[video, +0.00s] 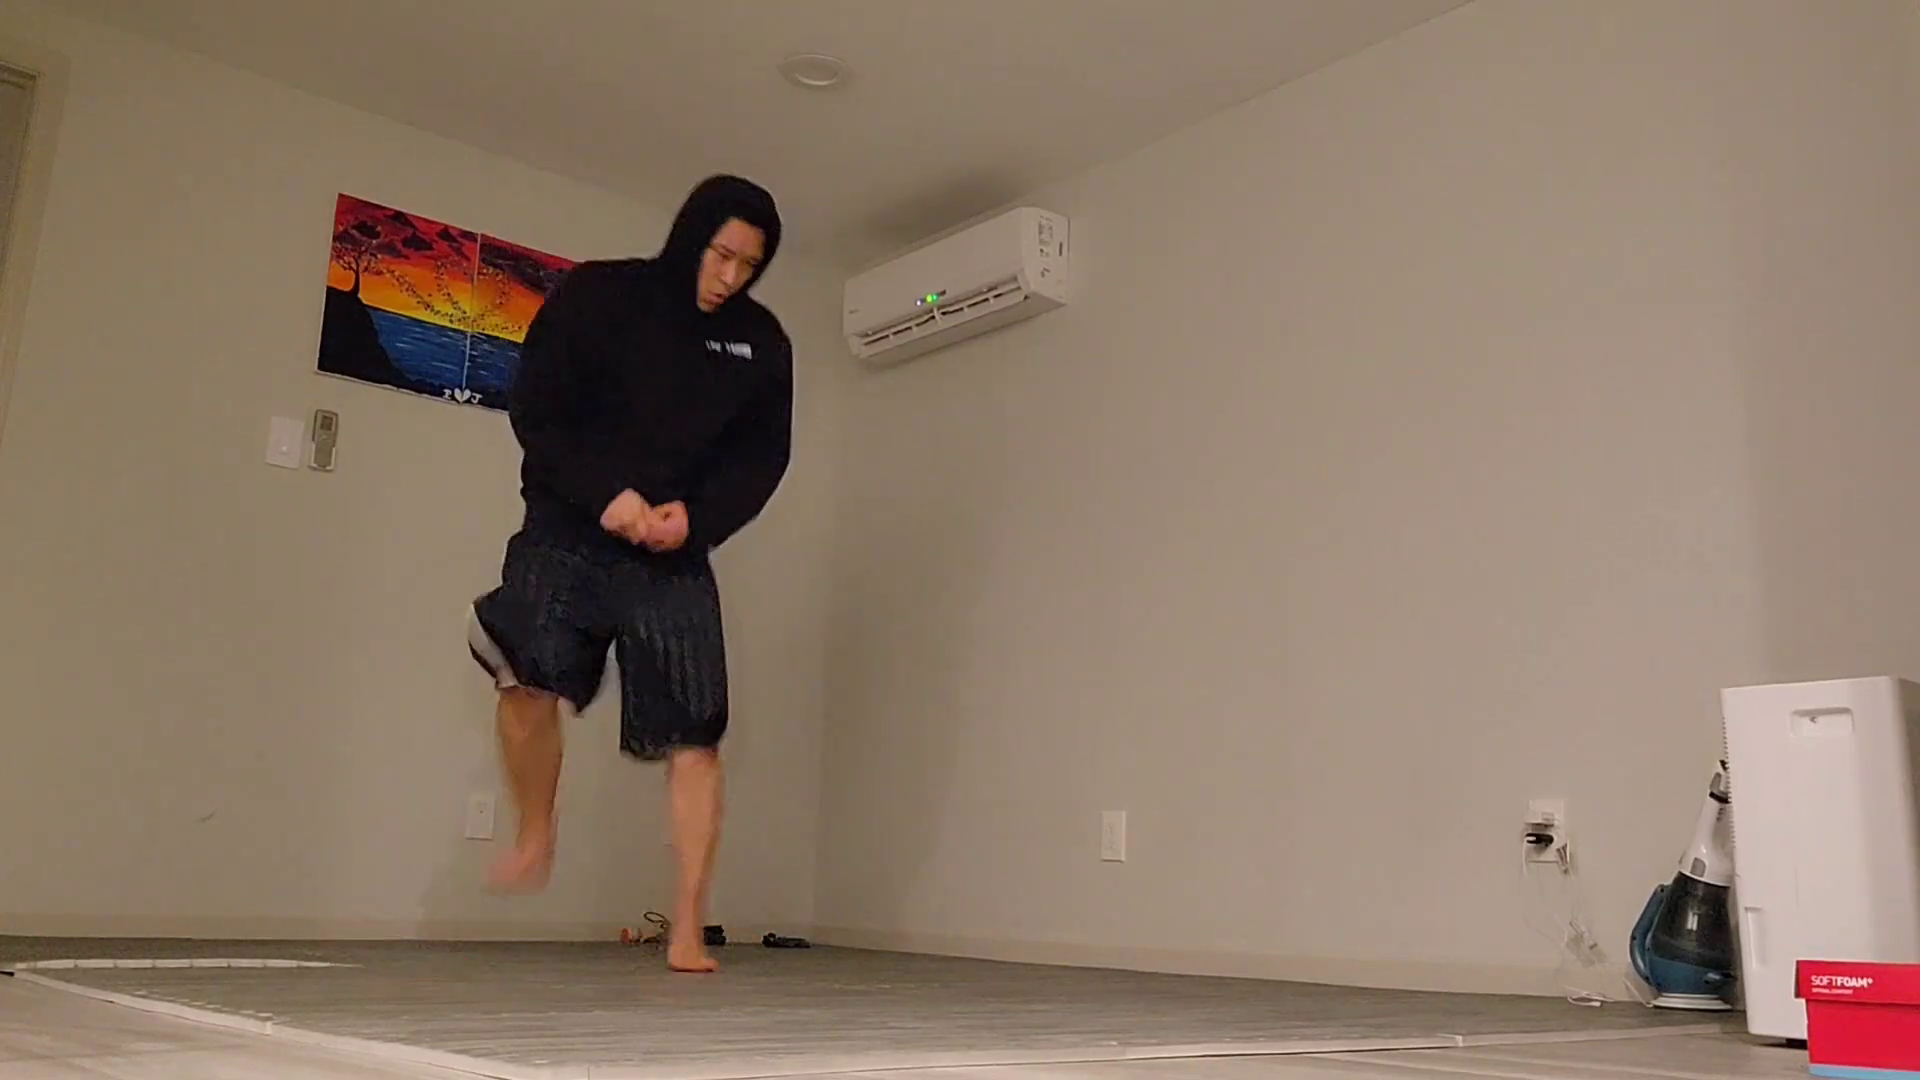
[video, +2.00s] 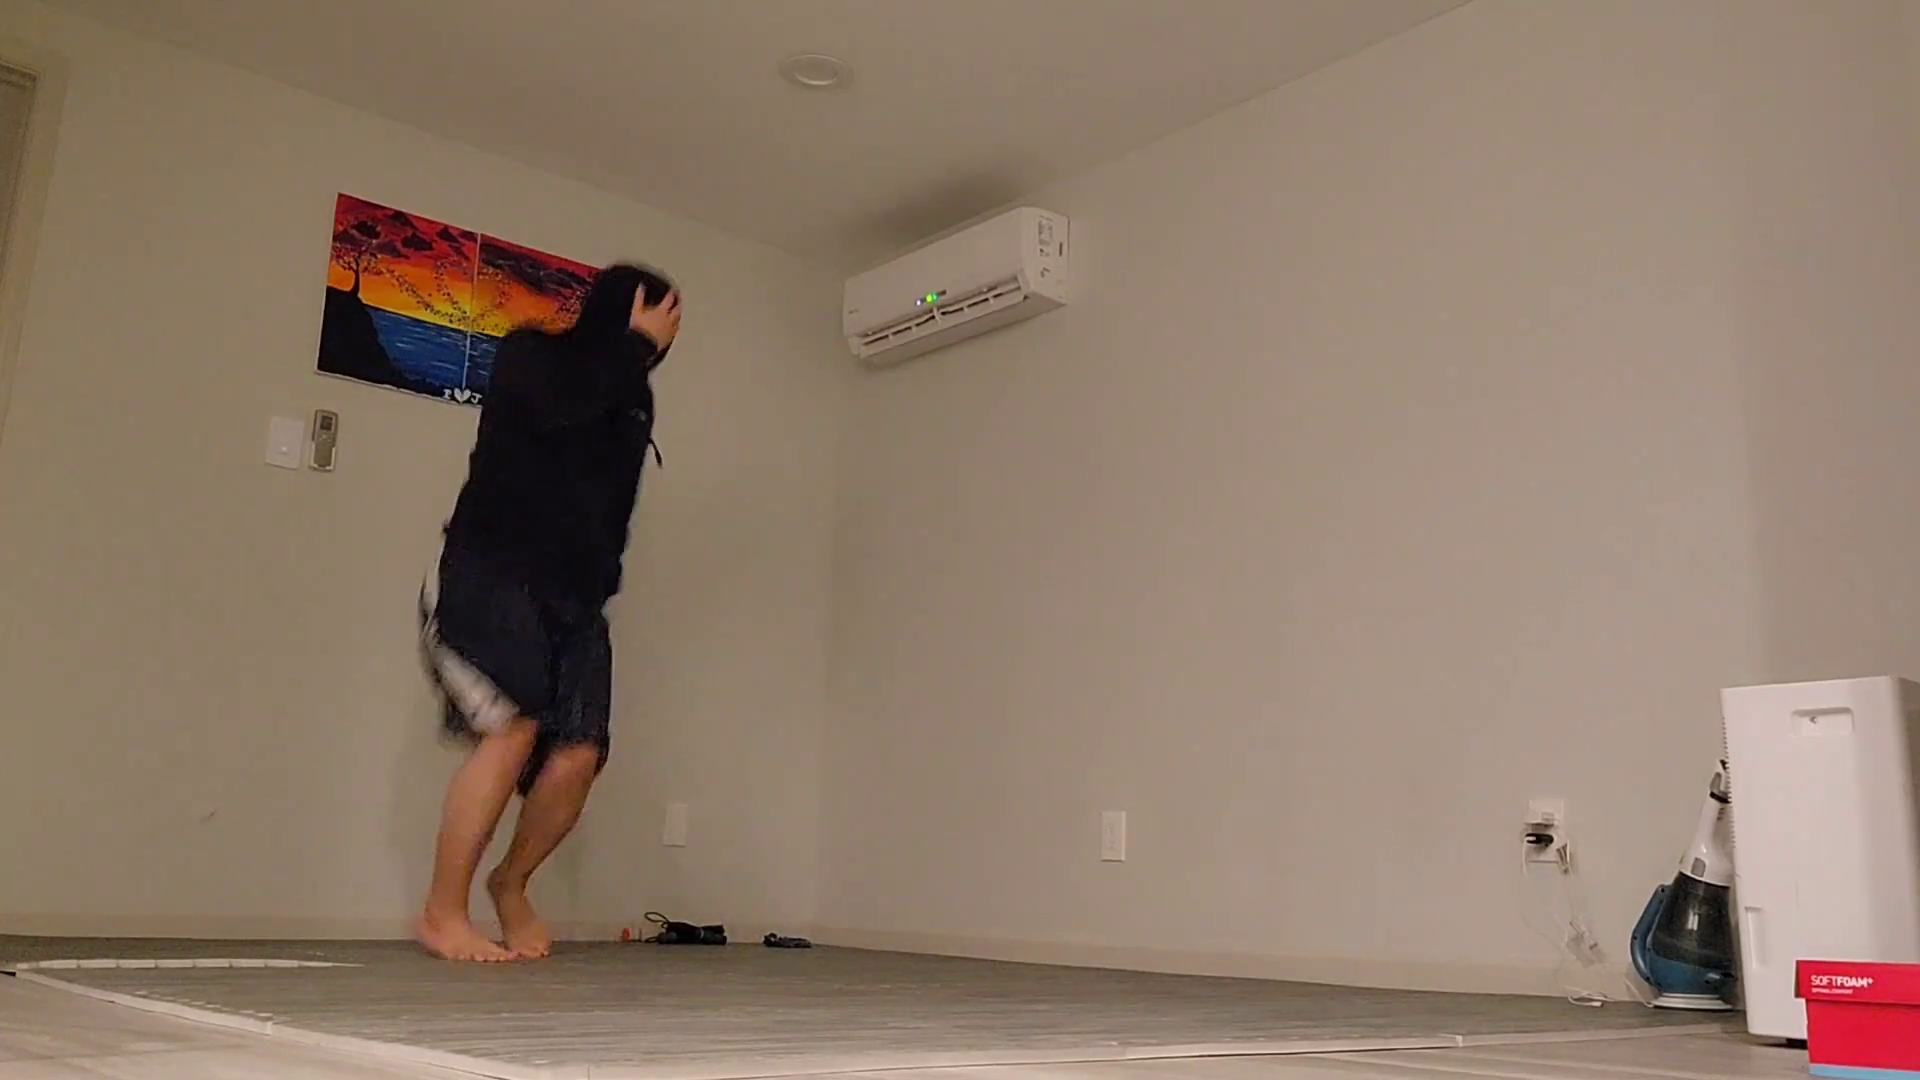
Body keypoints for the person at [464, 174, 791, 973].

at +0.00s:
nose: (730, 275)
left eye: (747, 263)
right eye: (721, 254)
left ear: (759, 266)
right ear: (687, 239)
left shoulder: (760, 341)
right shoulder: (596, 294)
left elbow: (764, 456)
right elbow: (535, 411)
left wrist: (697, 518)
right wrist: (606, 495)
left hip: (677, 551)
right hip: (569, 532)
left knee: (697, 734)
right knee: (527, 681)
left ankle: (688, 925)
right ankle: (533, 833)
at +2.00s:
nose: (668, 337)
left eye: (672, 329)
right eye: (661, 321)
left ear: (647, 332)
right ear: (617, 308)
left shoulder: (633, 398)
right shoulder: (531, 351)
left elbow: (610, 498)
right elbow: (559, 409)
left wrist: (598, 581)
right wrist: (637, 346)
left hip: (572, 592)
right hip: (492, 575)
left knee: (579, 749)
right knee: (512, 730)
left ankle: (509, 887)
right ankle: (444, 912)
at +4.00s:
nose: (500, 307)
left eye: (514, 292)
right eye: (487, 291)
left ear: (546, 271)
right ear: (479, 281)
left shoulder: (615, 319)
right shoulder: (473, 338)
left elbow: (712, 380)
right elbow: (461, 413)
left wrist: (759, 481)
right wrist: (491, 307)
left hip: (600, 560)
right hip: (511, 567)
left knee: (555, 720)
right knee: (486, 737)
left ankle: (529, 914)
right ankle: (553, 901)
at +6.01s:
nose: (641, 230)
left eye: (657, 219)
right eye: (630, 210)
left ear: (667, 228)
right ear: (593, 199)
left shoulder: (653, 315)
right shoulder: (517, 249)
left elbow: (668, 441)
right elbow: (406, 296)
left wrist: (700, 544)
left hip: (621, 539)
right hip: (524, 522)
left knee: (721, 680)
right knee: (507, 699)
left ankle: (673, 886)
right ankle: (333, 866)